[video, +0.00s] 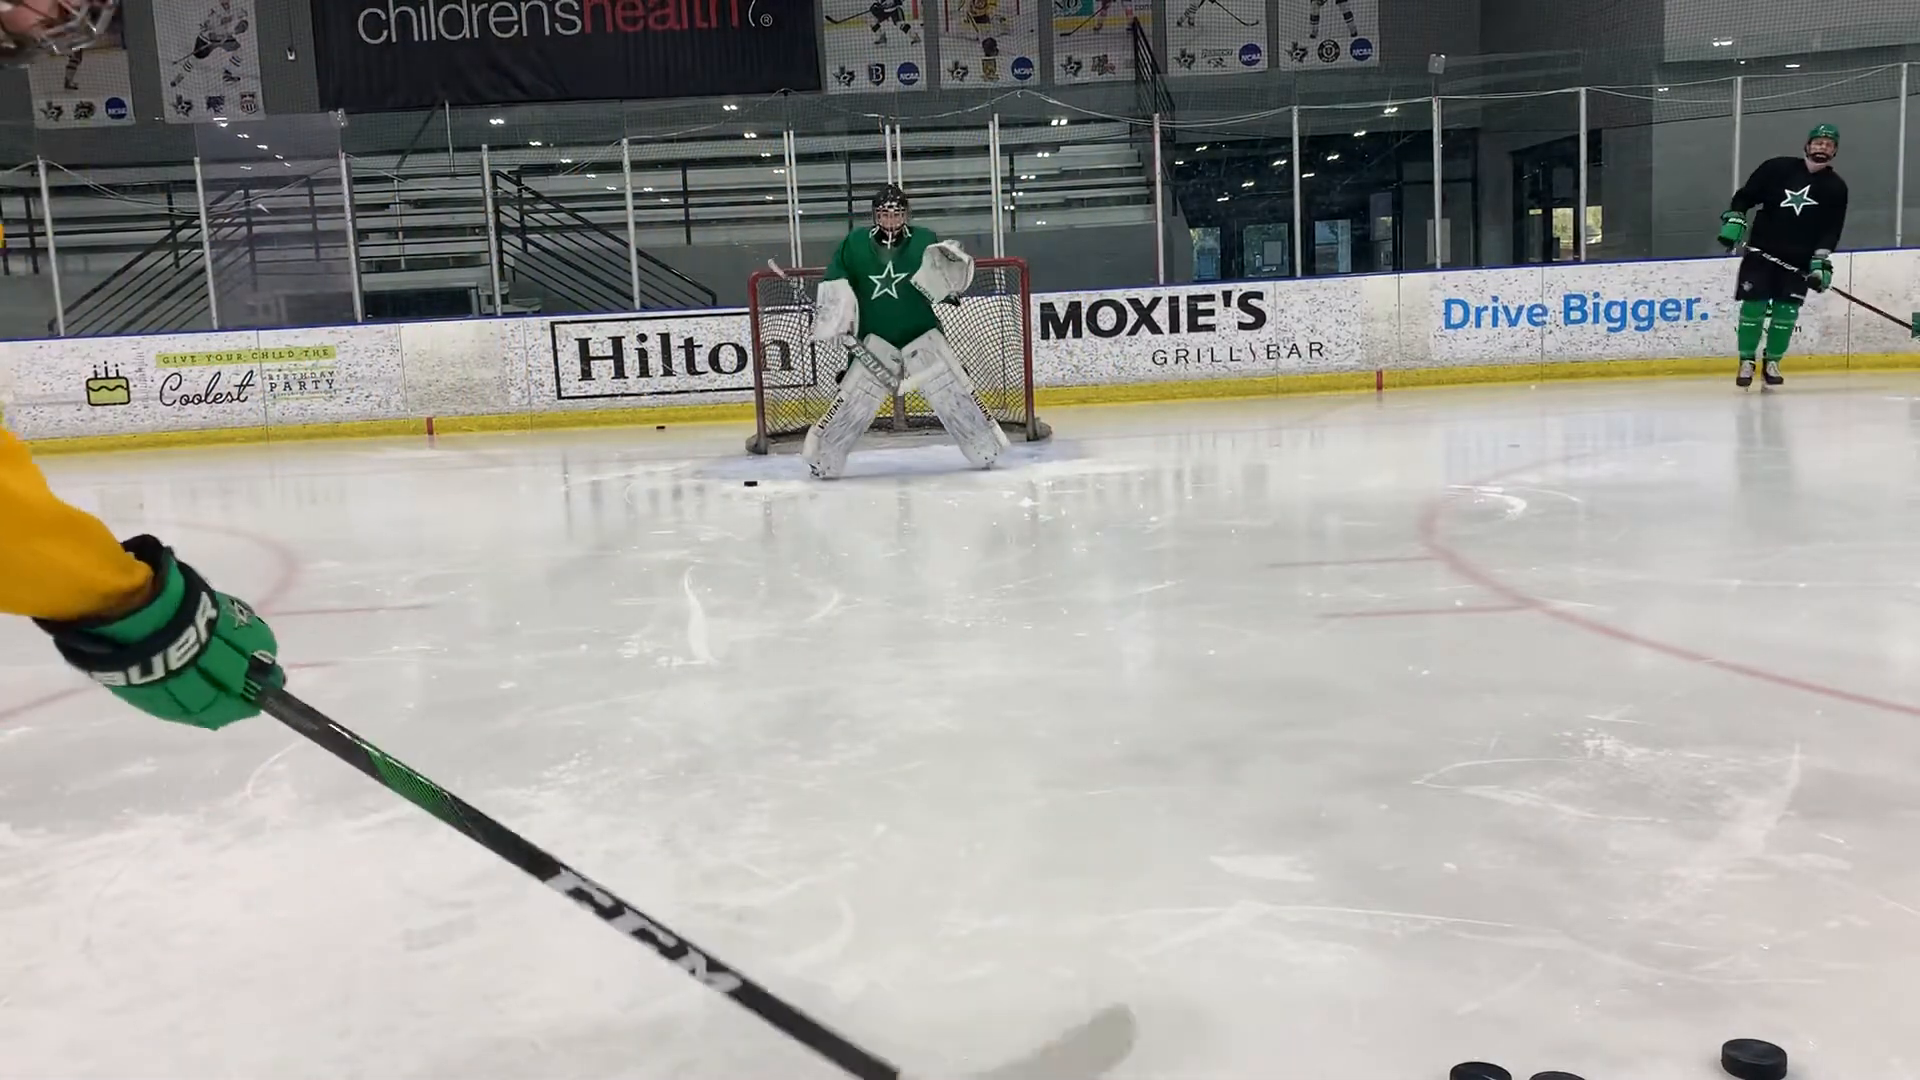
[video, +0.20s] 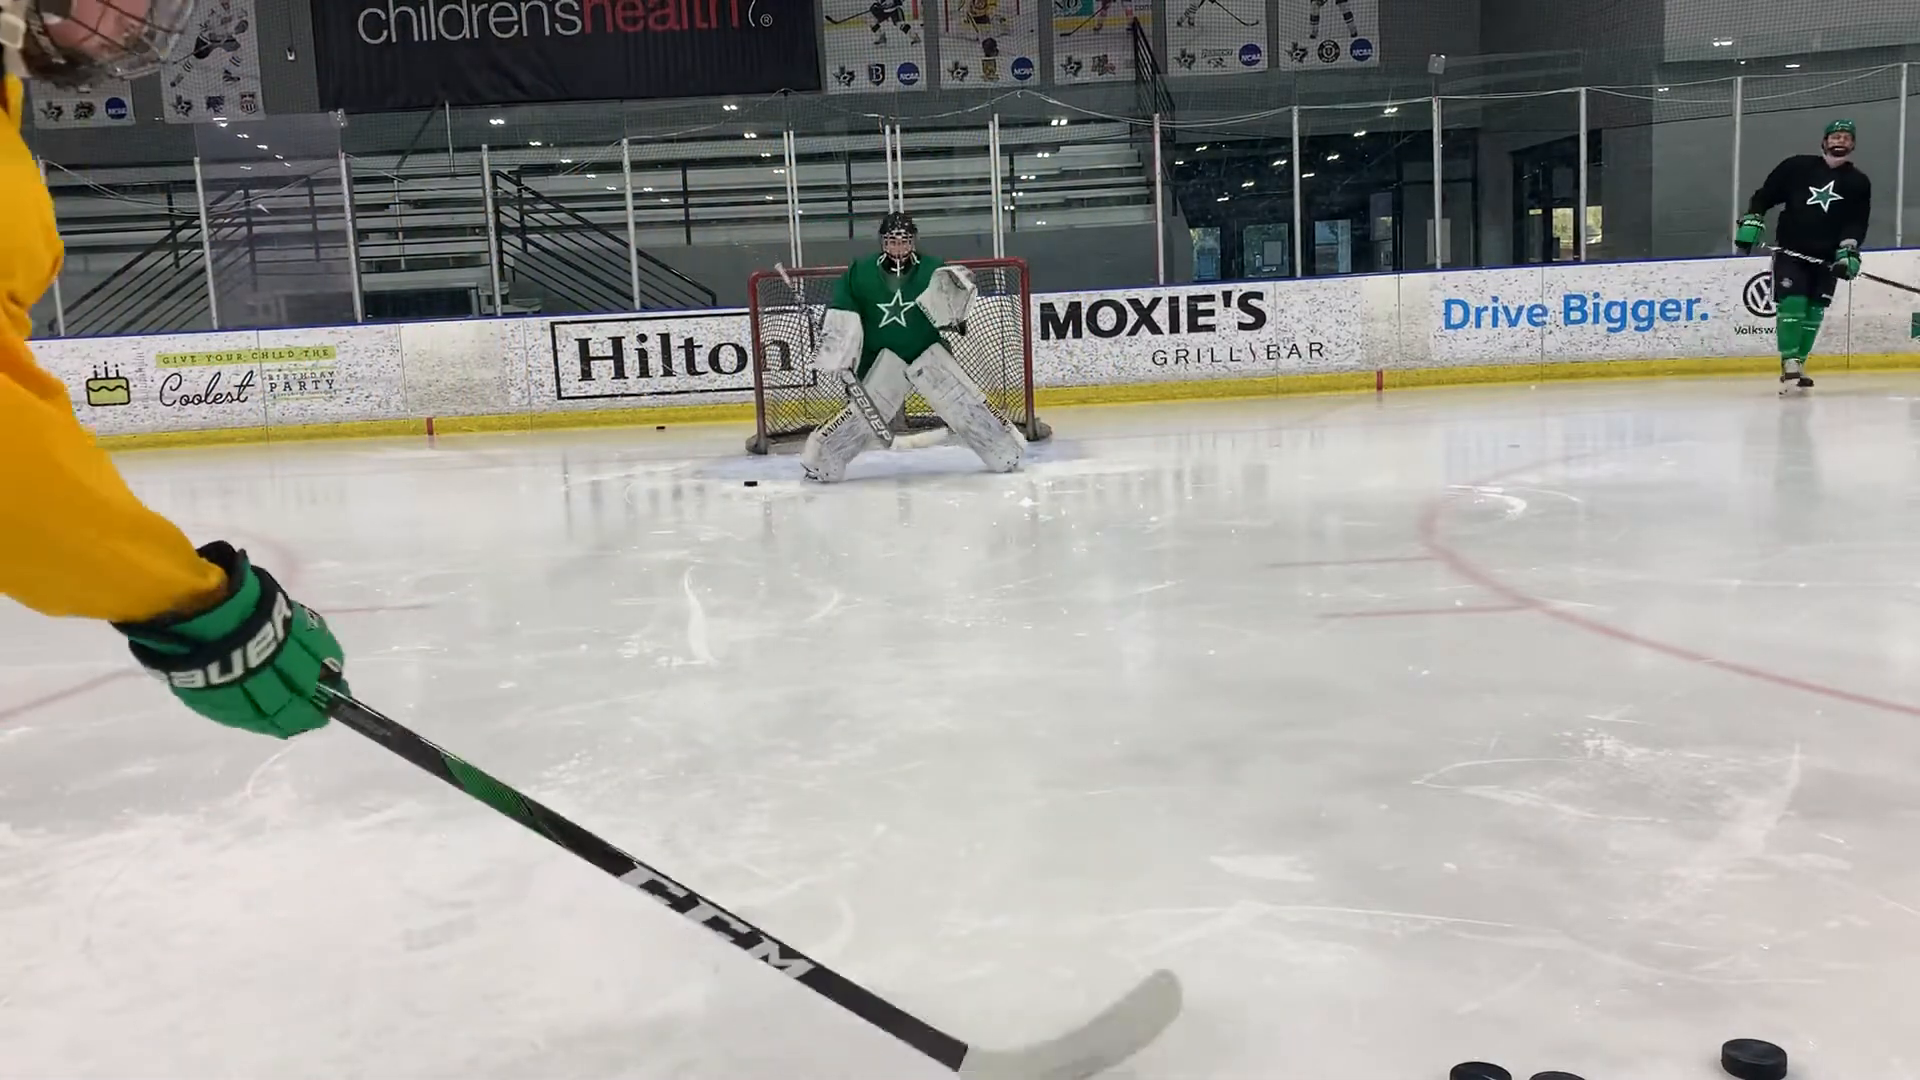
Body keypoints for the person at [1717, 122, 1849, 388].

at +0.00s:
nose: (1822, 149)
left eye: (1828, 145)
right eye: (1818, 143)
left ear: (1834, 151)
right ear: (1807, 145)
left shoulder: (1836, 188)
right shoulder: (1777, 168)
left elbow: (1831, 229)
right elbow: (1746, 196)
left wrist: (1821, 260)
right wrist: (1734, 219)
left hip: (1799, 259)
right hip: (1762, 251)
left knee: (1787, 312)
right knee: (1753, 306)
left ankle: (1772, 362)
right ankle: (1746, 361)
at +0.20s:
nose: (1839, 142)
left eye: (1845, 138)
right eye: (1835, 137)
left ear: (1853, 145)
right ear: (1824, 142)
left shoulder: (1858, 182)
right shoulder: (1798, 167)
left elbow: (1857, 221)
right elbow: (1765, 195)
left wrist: (1849, 249)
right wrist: (1752, 221)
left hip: (1828, 256)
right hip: (1792, 250)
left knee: (1815, 312)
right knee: (1793, 305)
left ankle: (1797, 366)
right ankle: (1789, 362)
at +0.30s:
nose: (1852, 139)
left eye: (1857, 135)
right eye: (1847, 134)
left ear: (1864, 141)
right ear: (1836, 139)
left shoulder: (1872, 178)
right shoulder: (1810, 166)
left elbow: (1873, 215)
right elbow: (1779, 198)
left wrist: (1867, 241)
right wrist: (1766, 228)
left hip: (1844, 253)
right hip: (1809, 249)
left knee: (1831, 309)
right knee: (1814, 303)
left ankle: (1807, 363)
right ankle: (1815, 358)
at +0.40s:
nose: (1865, 135)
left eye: (1870, 131)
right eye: (1859, 131)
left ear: (1877, 137)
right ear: (1848, 136)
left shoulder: (1886, 174)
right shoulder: (1822, 165)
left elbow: (1891, 209)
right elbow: (1797, 201)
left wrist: (1889, 232)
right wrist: (1785, 234)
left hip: (1863, 249)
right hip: (1826, 247)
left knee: (1847, 307)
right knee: (1838, 301)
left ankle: (1824, 364)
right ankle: (1845, 355)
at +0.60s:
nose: (1893, 129)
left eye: (1898, 125)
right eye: (1887, 126)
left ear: (1905, 129)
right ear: (1877, 132)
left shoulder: (1914, 162)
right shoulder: (1857, 161)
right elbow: (1834, 200)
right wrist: (1827, 237)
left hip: (1902, 245)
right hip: (1868, 245)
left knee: (1883, 306)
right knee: (1882, 305)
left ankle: (1864, 366)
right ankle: (1887, 368)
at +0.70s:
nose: (1910, 123)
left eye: (1913, 117)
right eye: (1903, 120)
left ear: (1919, 123)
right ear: (1893, 128)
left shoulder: (1916, 157)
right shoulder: (1878, 156)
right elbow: (1852, 198)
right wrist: (1847, 233)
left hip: (1913, 241)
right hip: (1890, 242)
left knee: (1908, 304)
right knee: (1902, 304)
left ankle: (1892, 365)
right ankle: (1892, 368)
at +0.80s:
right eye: (1917, 119)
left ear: (1917, 123)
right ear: (1910, 123)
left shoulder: (1900, 155)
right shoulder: (1897, 155)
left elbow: (1870, 195)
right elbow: (1869, 195)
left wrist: (1868, 235)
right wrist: (1867, 235)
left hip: (1913, 246)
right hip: (1906, 244)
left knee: (1913, 307)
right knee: (1912, 306)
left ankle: (1912, 371)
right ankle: (1912, 371)